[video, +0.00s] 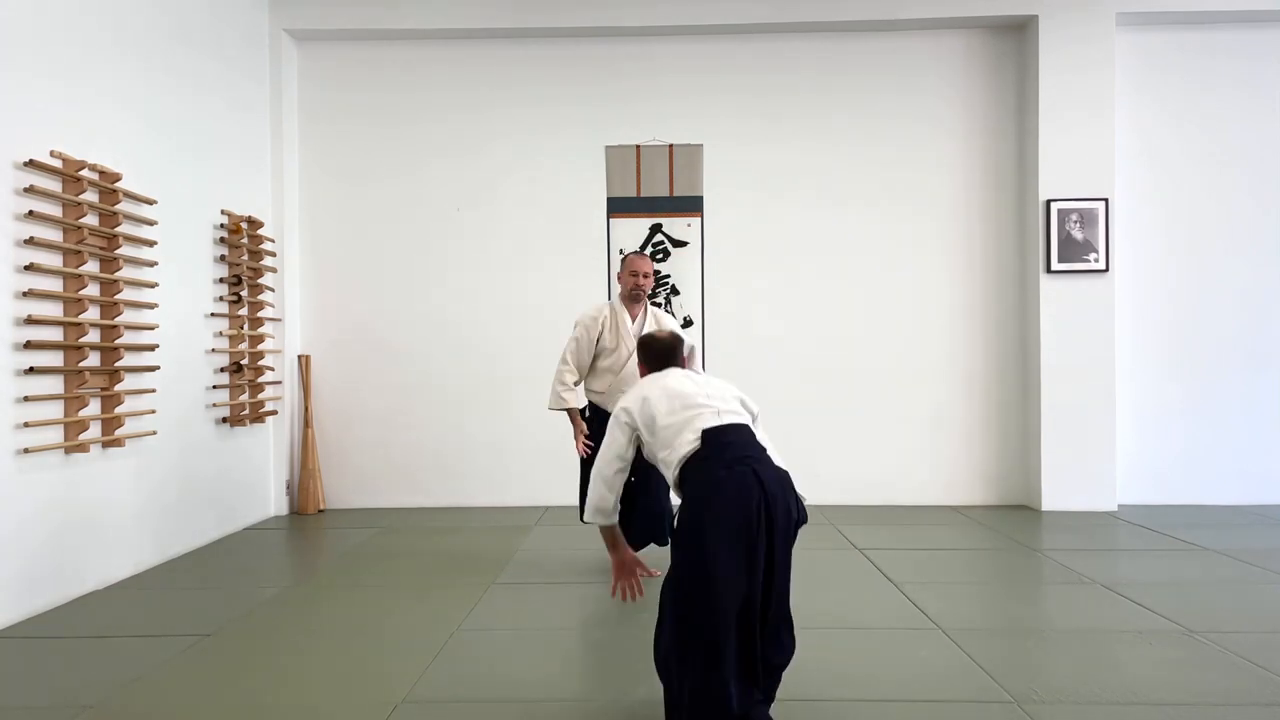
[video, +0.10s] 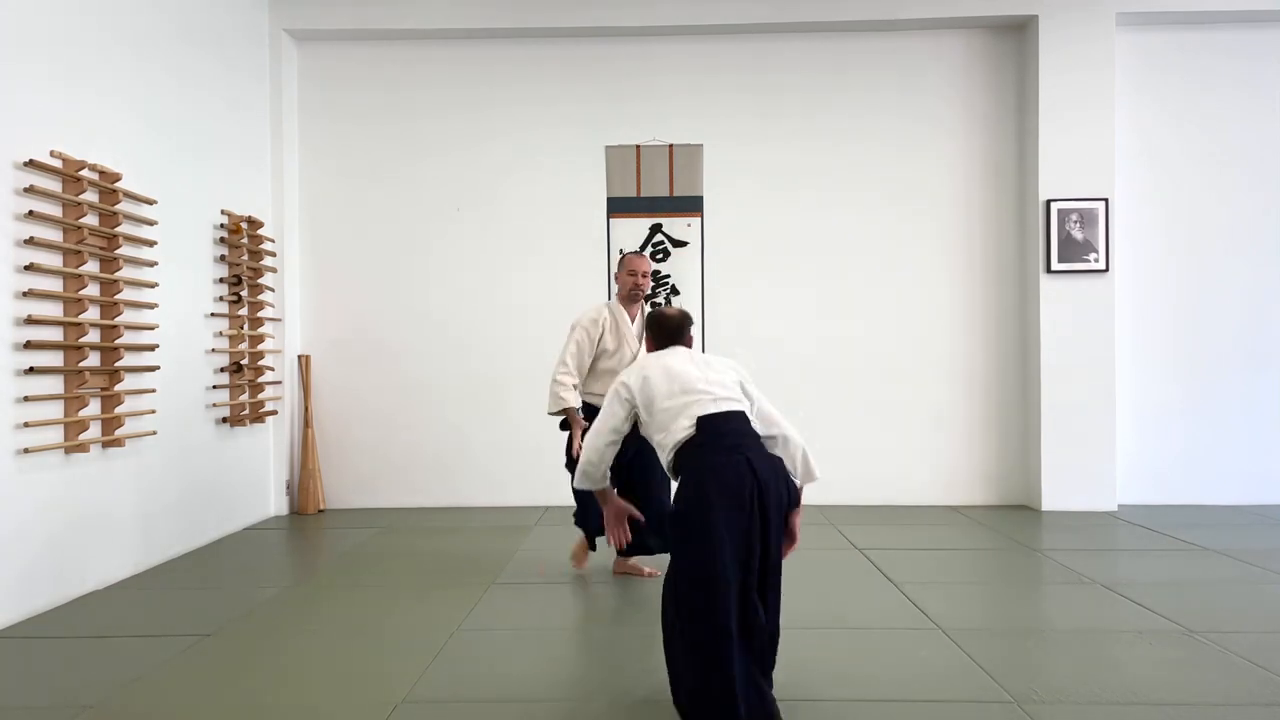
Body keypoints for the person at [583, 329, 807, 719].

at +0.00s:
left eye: (637, 365)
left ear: (640, 368)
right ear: (687, 361)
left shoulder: (636, 400)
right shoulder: (721, 386)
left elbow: (601, 492)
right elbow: (758, 447)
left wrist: (619, 552)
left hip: (717, 497)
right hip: (776, 493)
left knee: (693, 623)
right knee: (764, 612)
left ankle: (701, 707)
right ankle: (755, 706)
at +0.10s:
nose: (642, 343)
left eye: (643, 338)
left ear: (646, 342)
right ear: (692, 340)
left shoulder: (636, 376)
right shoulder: (724, 366)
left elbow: (591, 459)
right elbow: (782, 434)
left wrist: (608, 501)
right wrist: (793, 505)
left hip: (710, 480)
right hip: (770, 476)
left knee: (696, 607)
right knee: (757, 598)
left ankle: (713, 708)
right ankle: (756, 704)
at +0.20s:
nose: (646, 314)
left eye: (648, 309)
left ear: (653, 317)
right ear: (696, 315)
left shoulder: (637, 351)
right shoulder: (729, 347)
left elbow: (594, 414)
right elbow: (787, 408)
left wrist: (609, 460)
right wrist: (793, 473)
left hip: (697, 464)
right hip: (755, 461)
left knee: (706, 588)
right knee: (751, 579)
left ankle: (730, 704)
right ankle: (761, 695)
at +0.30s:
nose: (647, 296)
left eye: (649, 291)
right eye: (652, 290)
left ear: (656, 298)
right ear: (696, 298)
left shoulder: (637, 336)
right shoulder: (727, 333)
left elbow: (614, 407)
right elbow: (783, 392)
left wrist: (614, 431)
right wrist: (764, 439)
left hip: (681, 445)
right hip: (738, 443)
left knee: (699, 558)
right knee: (743, 551)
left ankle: (730, 682)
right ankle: (753, 672)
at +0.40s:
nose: (638, 283)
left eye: (640, 278)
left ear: (646, 283)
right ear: (685, 282)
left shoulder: (631, 325)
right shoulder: (713, 318)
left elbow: (616, 392)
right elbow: (751, 377)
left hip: (678, 433)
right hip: (729, 430)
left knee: (665, 533)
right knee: (736, 541)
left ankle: (707, 625)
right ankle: (754, 666)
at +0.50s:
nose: (626, 267)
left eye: (629, 262)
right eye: (678, 258)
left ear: (635, 271)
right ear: (676, 270)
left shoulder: (620, 313)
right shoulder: (699, 305)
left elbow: (619, 350)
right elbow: (696, 343)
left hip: (663, 428)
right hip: (711, 421)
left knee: (659, 528)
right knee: (728, 531)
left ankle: (670, 625)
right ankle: (750, 648)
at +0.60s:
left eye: (625, 262)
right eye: (668, 263)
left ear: (627, 271)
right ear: (666, 273)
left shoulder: (607, 311)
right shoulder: (686, 307)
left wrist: (634, 281)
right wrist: (657, 279)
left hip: (636, 423)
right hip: (685, 419)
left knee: (648, 525)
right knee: (715, 514)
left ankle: (664, 623)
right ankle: (739, 596)